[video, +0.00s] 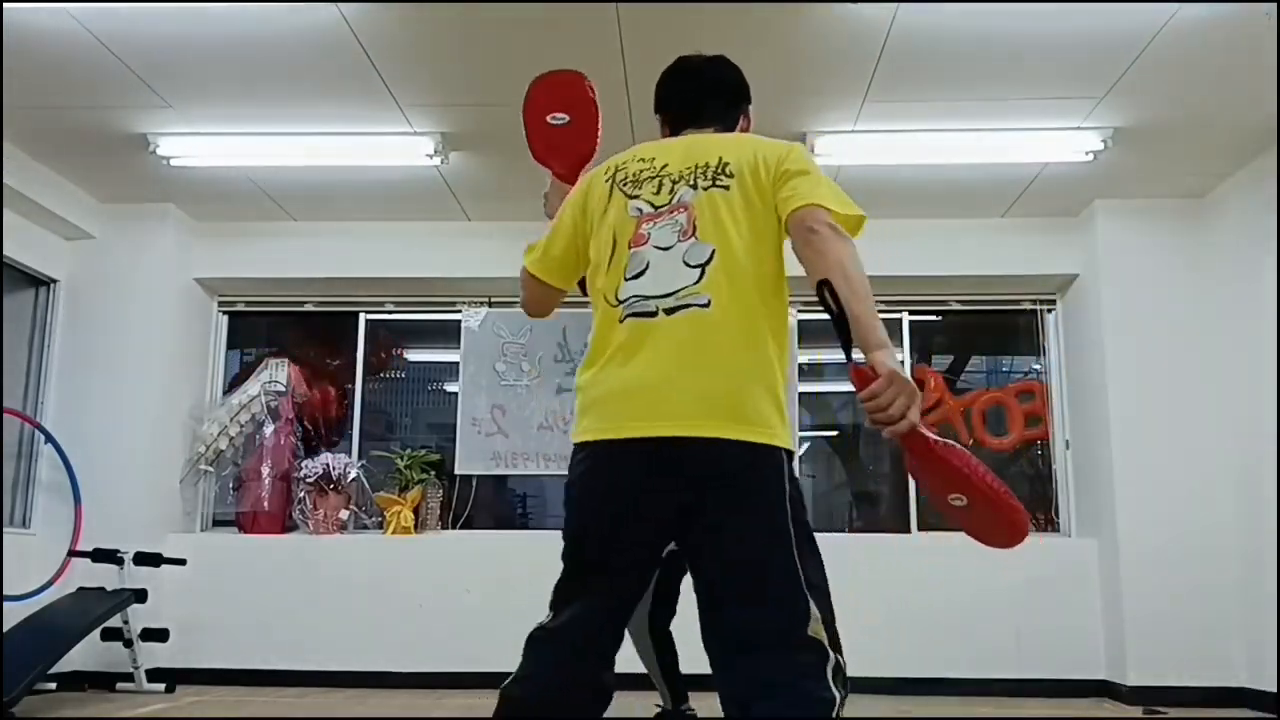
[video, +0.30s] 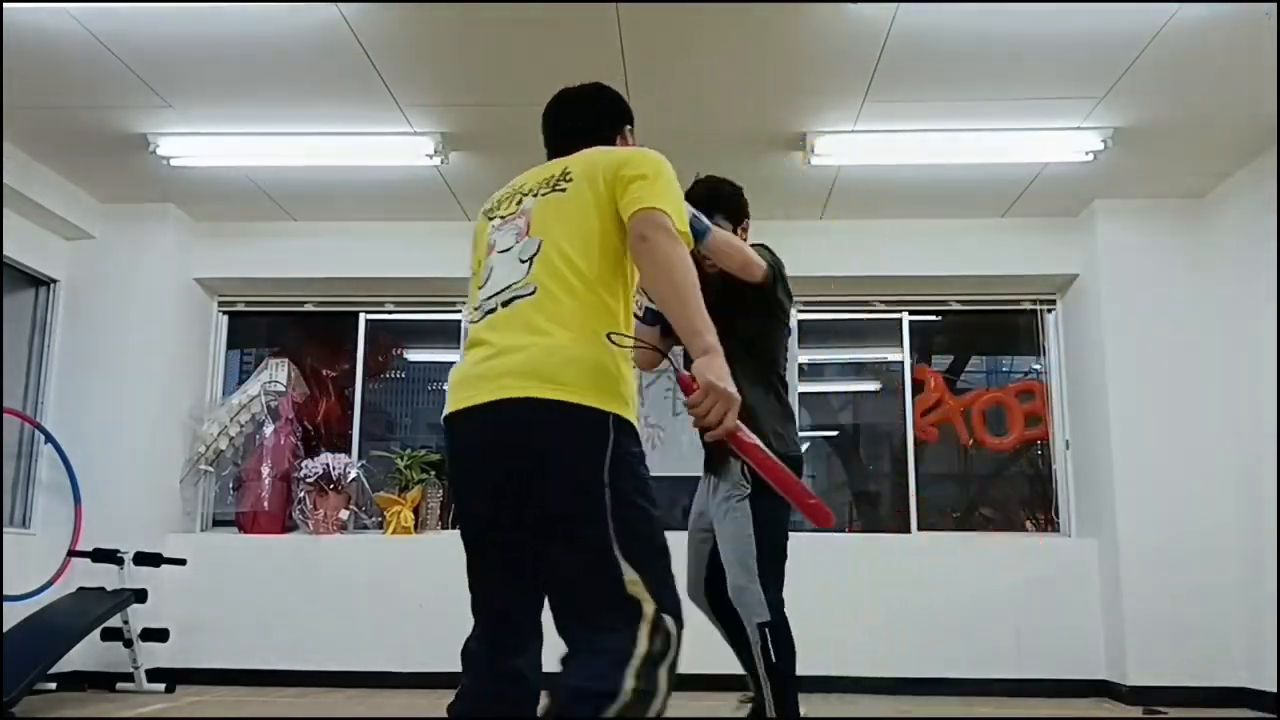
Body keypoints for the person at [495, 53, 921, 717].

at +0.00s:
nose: (751, 129)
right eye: (752, 121)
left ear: (662, 123)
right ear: (745, 120)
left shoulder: (603, 179)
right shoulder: (773, 157)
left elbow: (537, 299)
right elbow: (816, 231)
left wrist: (563, 217)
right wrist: (877, 349)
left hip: (614, 444)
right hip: (740, 442)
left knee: (577, 627)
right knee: (771, 647)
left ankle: (531, 708)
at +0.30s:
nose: (637, 146)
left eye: (636, 141)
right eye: (636, 139)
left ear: (550, 144)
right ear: (624, 136)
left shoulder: (498, 203)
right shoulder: (631, 162)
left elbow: (501, 317)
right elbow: (651, 231)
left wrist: (621, 342)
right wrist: (709, 351)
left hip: (473, 419)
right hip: (572, 412)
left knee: (501, 628)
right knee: (633, 624)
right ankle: (583, 707)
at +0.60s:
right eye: (509, 187)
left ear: (420, 195)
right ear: (500, 182)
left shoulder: (366, 241)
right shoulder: (529, 206)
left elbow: (316, 349)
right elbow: (599, 284)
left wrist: (373, 422)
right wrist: (658, 410)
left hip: (355, 449)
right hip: (461, 436)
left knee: (450, 654)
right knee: (402, 665)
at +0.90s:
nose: (467, 105)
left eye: (471, 87)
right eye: (470, 81)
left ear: (368, 55)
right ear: (442, 56)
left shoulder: (292, 131)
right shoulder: (404, 92)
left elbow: (215, 267)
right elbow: (370, 218)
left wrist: (338, 334)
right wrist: (430, 373)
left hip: (264, 400)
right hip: (322, 400)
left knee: (383, 621)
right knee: (285, 657)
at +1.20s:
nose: (445, 107)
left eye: (450, 85)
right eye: (448, 81)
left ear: (360, 54)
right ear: (416, 56)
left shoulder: (279, 127)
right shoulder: (357, 100)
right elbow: (292, 226)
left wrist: (349, 422)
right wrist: (310, 384)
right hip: (281, 426)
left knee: (357, 638)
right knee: (299, 669)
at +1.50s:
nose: (495, 158)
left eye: (499, 141)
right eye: (497, 136)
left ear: (424, 116)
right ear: (465, 118)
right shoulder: (401, 160)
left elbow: (385, 313)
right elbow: (319, 265)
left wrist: (448, 234)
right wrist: (288, 400)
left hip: (301, 434)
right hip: (305, 433)